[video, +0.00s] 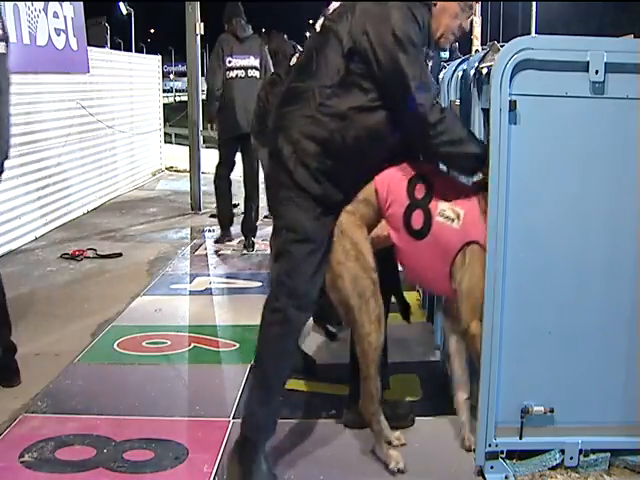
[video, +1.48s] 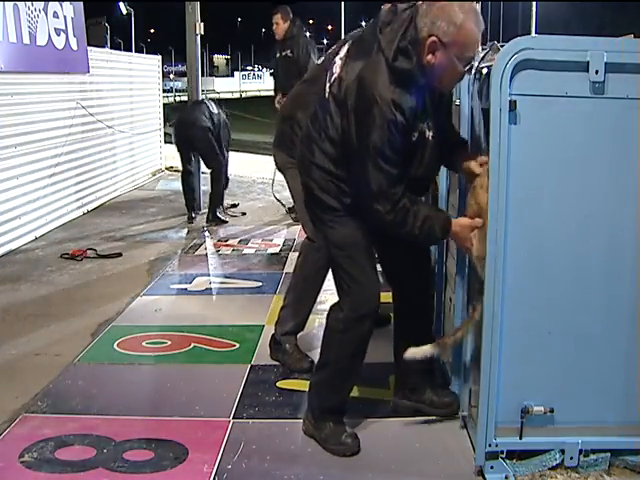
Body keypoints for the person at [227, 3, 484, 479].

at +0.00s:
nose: (463, 28)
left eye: (468, 20)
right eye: (464, 15)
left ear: (443, 7)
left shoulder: (403, 19)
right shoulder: (392, 15)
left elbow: (410, 118)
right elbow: (423, 113)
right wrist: (488, 163)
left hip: (349, 173)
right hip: (306, 165)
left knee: (370, 291)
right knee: (292, 298)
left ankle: (367, 401)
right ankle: (252, 445)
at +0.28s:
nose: (478, 20)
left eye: (484, 14)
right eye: (477, 8)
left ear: (475, 13)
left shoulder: (451, 53)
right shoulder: (398, 7)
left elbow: (443, 131)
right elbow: (357, 74)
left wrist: (437, 192)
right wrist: (384, 150)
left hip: (375, 170)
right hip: (328, 157)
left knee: (382, 283)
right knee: (347, 286)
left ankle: (363, 400)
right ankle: (335, 425)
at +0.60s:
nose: (477, 28)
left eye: (483, 20)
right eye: (474, 16)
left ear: (476, 14)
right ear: (448, 2)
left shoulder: (457, 47)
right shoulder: (390, 12)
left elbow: (453, 121)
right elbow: (347, 87)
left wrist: (456, 175)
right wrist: (381, 159)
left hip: (403, 168)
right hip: (341, 160)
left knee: (417, 276)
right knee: (352, 291)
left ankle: (417, 385)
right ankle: (337, 427)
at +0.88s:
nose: (482, 38)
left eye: (491, 28)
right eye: (475, 24)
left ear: (499, 17)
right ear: (450, 5)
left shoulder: (476, 54)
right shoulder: (398, 21)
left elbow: (472, 128)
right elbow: (354, 117)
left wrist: (485, 181)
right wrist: (402, 175)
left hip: (412, 169)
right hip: (351, 158)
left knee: (418, 279)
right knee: (357, 282)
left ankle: (424, 391)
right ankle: (333, 416)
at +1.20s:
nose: (471, 60)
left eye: (477, 50)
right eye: (468, 48)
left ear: (446, 28)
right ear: (438, 27)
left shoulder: (448, 58)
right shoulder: (386, 60)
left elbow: (440, 140)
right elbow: (370, 171)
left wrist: (471, 184)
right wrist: (422, 223)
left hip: (392, 167)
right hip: (335, 162)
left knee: (408, 281)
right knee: (348, 287)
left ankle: (417, 390)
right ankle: (323, 413)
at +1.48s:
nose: (465, 71)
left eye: (469, 62)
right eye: (463, 61)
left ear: (434, 46)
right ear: (432, 47)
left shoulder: (421, 57)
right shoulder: (386, 92)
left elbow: (435, 121)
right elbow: (382, 200)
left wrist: (461, 158)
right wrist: (448, 227)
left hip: (379, 173)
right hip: (327, 175)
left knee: (415, 276)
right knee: (360, 298)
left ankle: (414, 387)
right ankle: (323, 413)